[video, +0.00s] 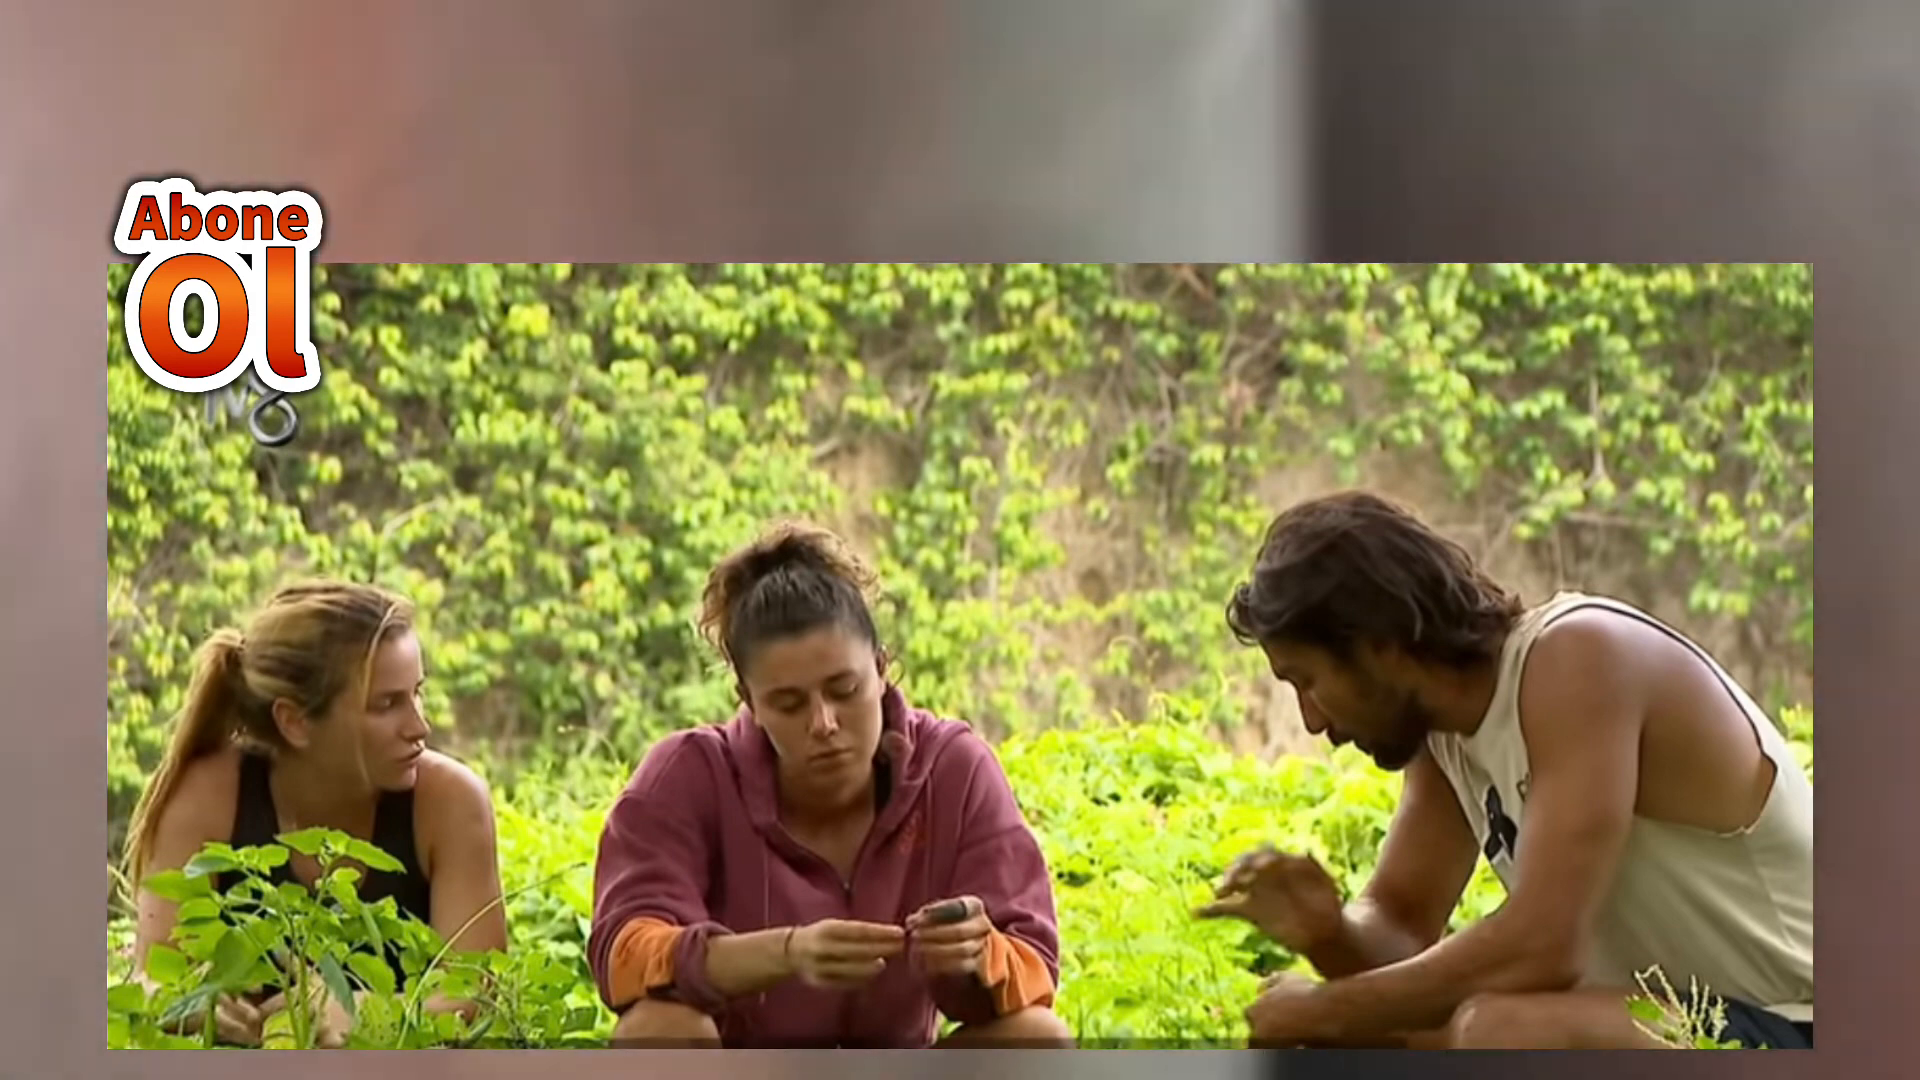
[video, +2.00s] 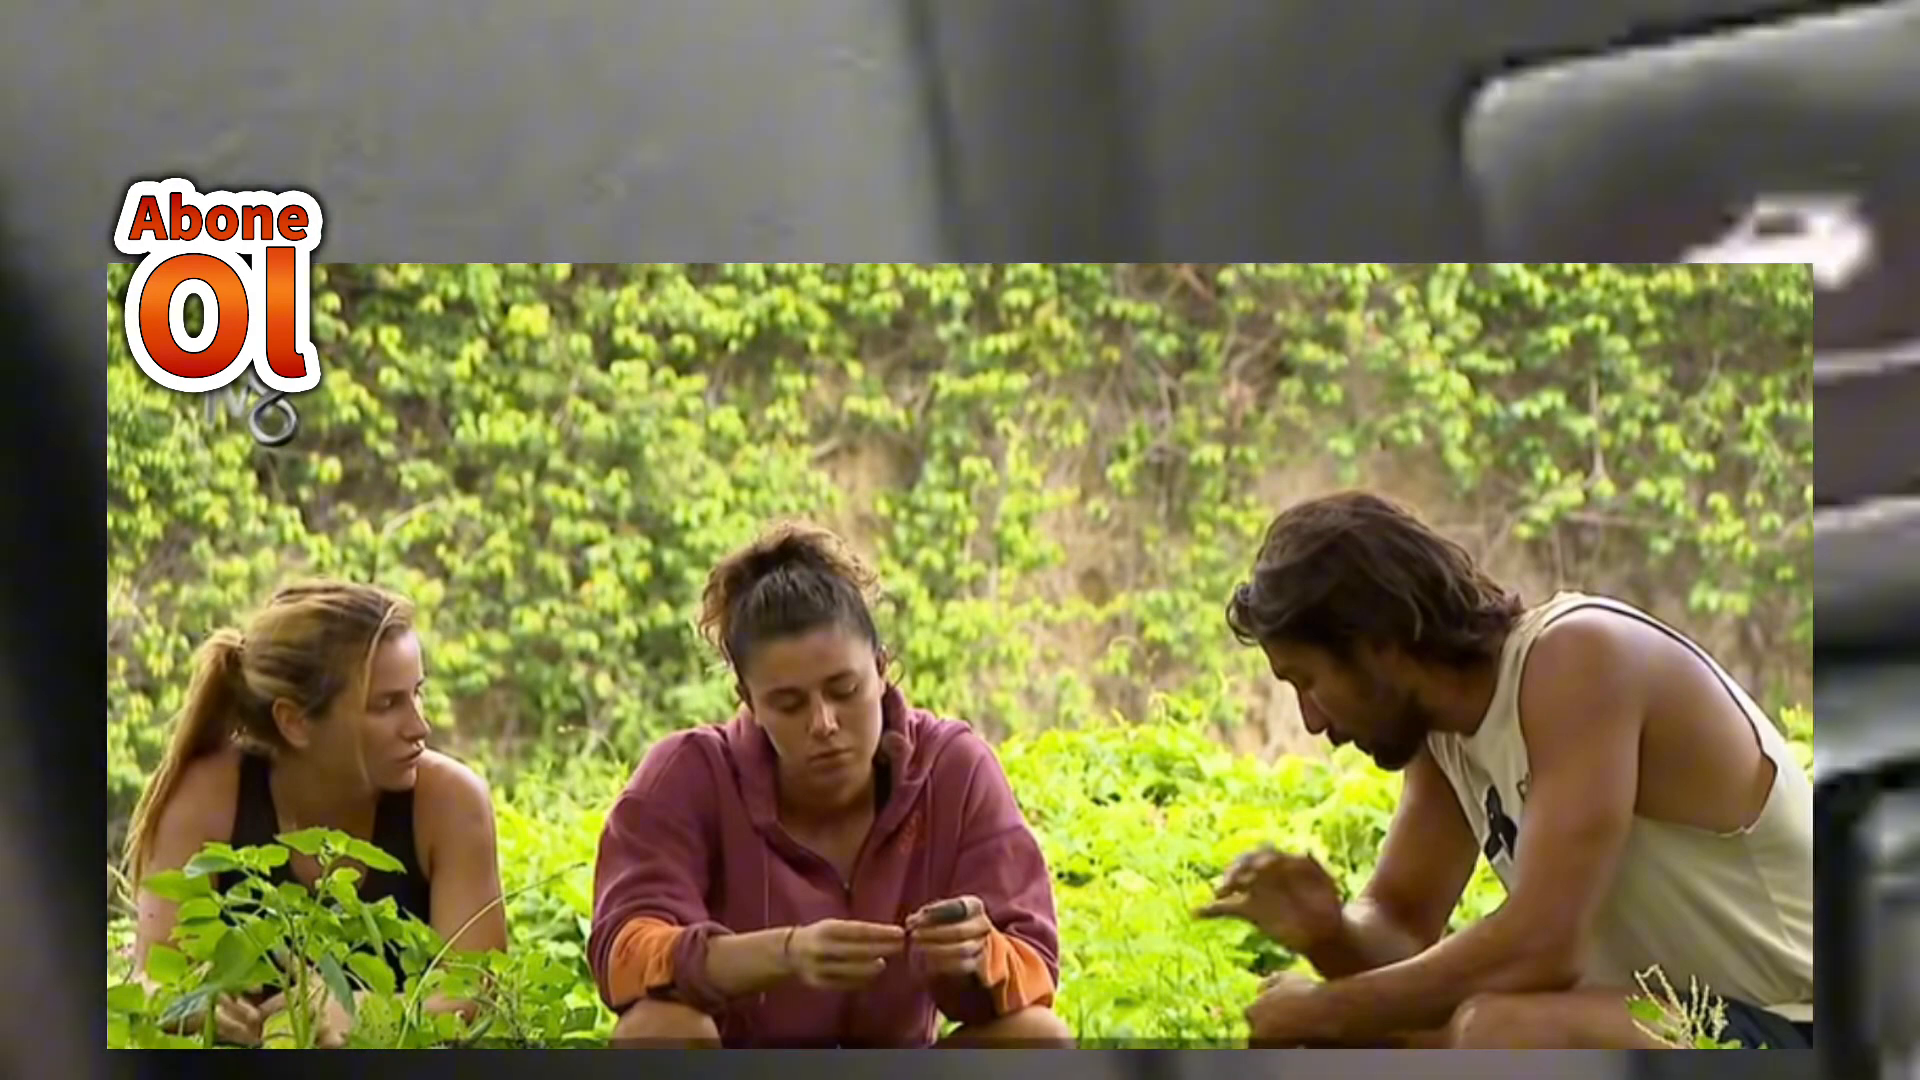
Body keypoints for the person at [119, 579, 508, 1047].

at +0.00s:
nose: (420, 725)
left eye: (417, 695)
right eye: (388, 705)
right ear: (295, 722)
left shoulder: (451, 799)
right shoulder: (205, 792)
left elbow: (470, 1000)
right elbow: (153, 983)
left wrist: (355, 1013)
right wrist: (200, 1008)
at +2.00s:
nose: (420, 725)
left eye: (417, 695)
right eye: (388, 705)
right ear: (295, 723)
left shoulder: (451, 799)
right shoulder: (205, 792)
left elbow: (470, 1002)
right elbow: (153, 984)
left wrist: (354, 1013)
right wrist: (198, 1008)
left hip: (384, 1069)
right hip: (237, 1066)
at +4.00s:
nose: (420, 725)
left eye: (417, 695)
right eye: (388, 705)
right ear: (295, 722)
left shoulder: (451, 799)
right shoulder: (205, 792)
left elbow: (470, 1001)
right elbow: (152, 984)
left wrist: (354, 1013)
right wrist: (200, 1009)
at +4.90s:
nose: (420, 726)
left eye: (417, 695)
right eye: (387, 705)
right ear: (295, 722)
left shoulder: (451, 799)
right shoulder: (206, 792)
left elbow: (471, 1000)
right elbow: (153, 982)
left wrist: (354, 1012)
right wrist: (201, 1008)